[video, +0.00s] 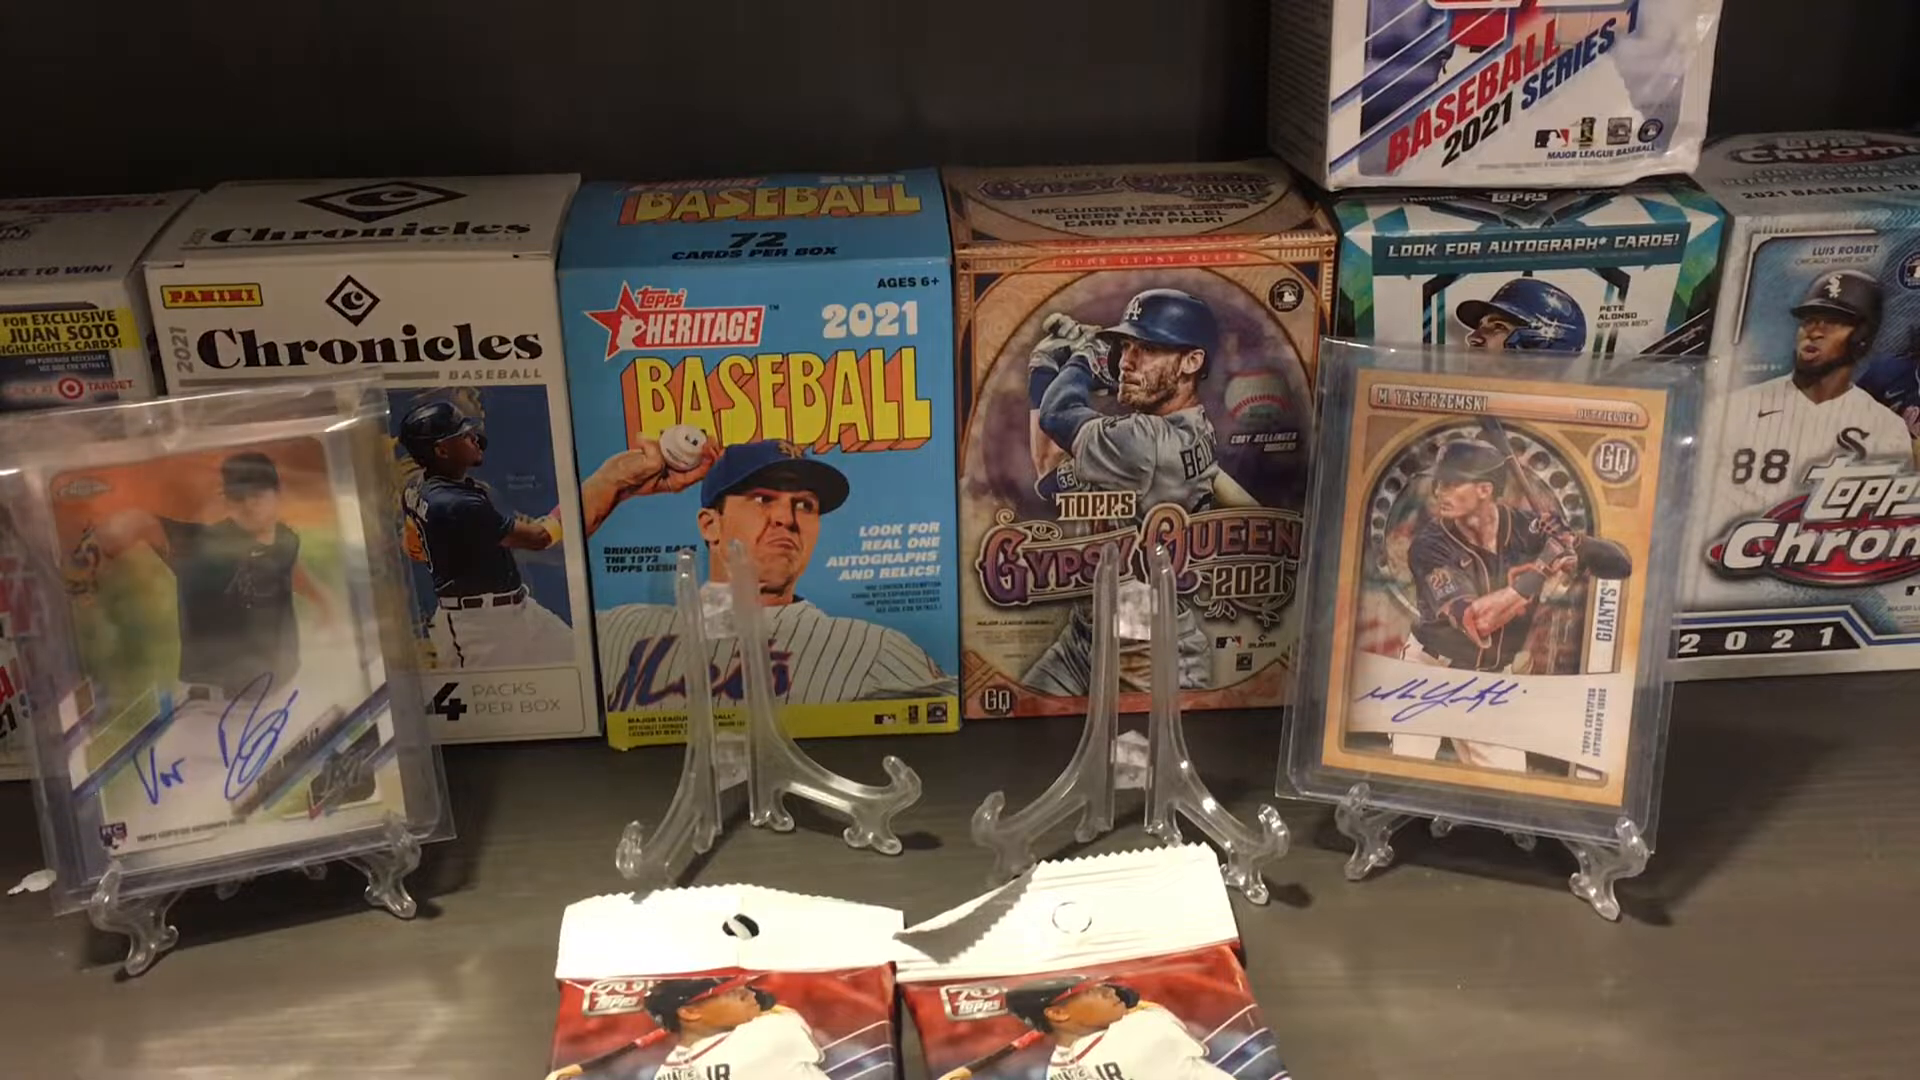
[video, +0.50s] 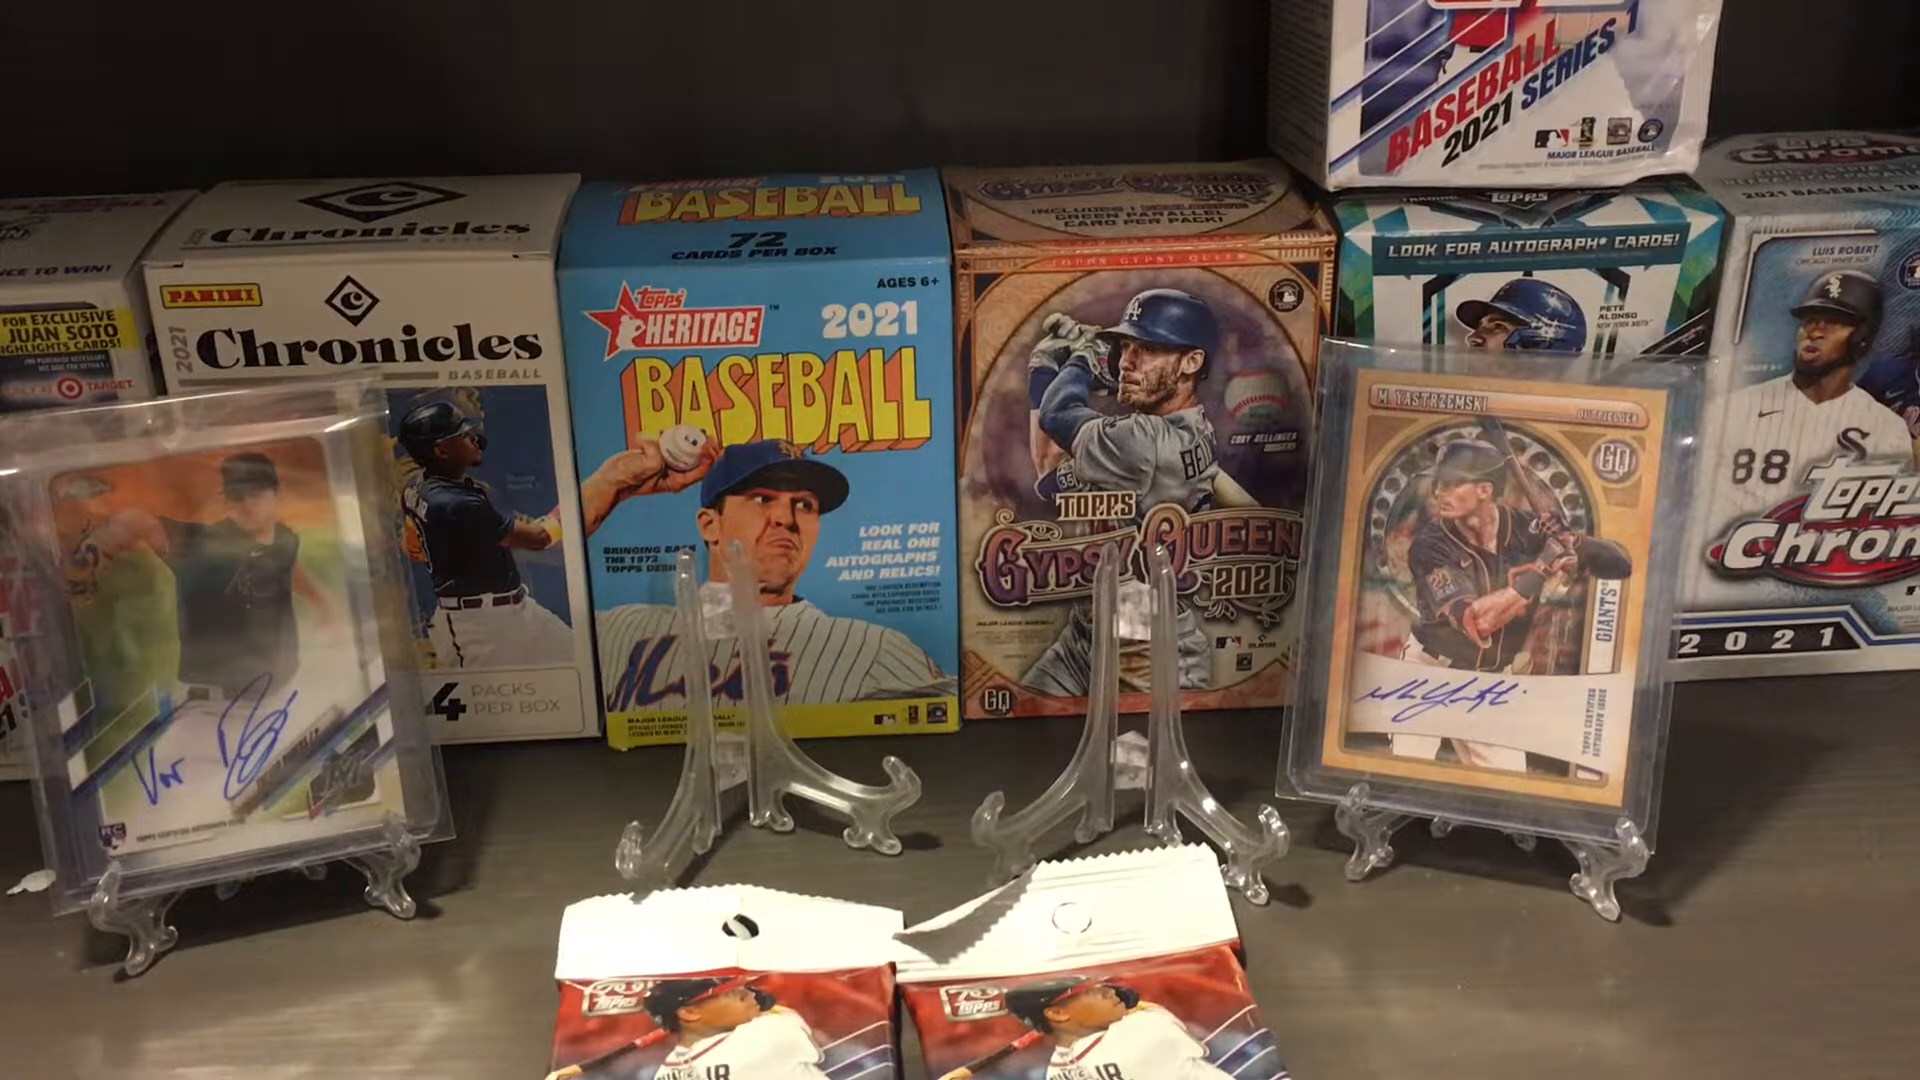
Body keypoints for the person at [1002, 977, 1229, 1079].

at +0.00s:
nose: (1106, 990)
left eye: (1097, 985)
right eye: (1091, 990)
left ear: (1058, 1015)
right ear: (1058, 1014)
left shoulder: (1056, 1072)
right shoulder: (1144, 1033)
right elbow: (1146, 1009)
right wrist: (1112, 1006)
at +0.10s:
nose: (1106, 990)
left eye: (1097, 986)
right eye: (1092, 990)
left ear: (1058, 1015)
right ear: (1058, 1014)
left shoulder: (1056, 1072)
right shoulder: (1145, 1033)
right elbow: (1146, 1008)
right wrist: (1112, 1006)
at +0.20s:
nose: (1105, 989)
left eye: (1096, 985)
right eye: (1091, 990)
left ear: (1058, 1015)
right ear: (1058, 1014)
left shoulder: (1056, 1072)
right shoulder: (1144, 1033)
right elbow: (1147, 1009)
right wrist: (1113, 1007)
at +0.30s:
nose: (1107, 990)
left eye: (1098, 986)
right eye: (1093, 990)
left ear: (1058, 1016)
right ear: (1058, 1014)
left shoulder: (1056, 1072)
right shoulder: (1144, 1034)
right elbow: (1147, 1009)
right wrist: (1112, 1007)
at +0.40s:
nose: (1107, 990)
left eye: (1098, 986)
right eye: (1093, 990)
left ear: (1058, 1016)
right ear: (1058, 1014)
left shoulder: (1056, 1072)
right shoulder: (1145, 1033)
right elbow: (1147, 1008)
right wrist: (1112, 1007)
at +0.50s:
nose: (1106, 990)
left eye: (1097, 986)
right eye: (1092, 990)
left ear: (1058, 1015)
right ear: (1058, 1014)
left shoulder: (1055, 1072)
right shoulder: (1144, 1033)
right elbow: (1146, 1009)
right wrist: (1111, 1008)